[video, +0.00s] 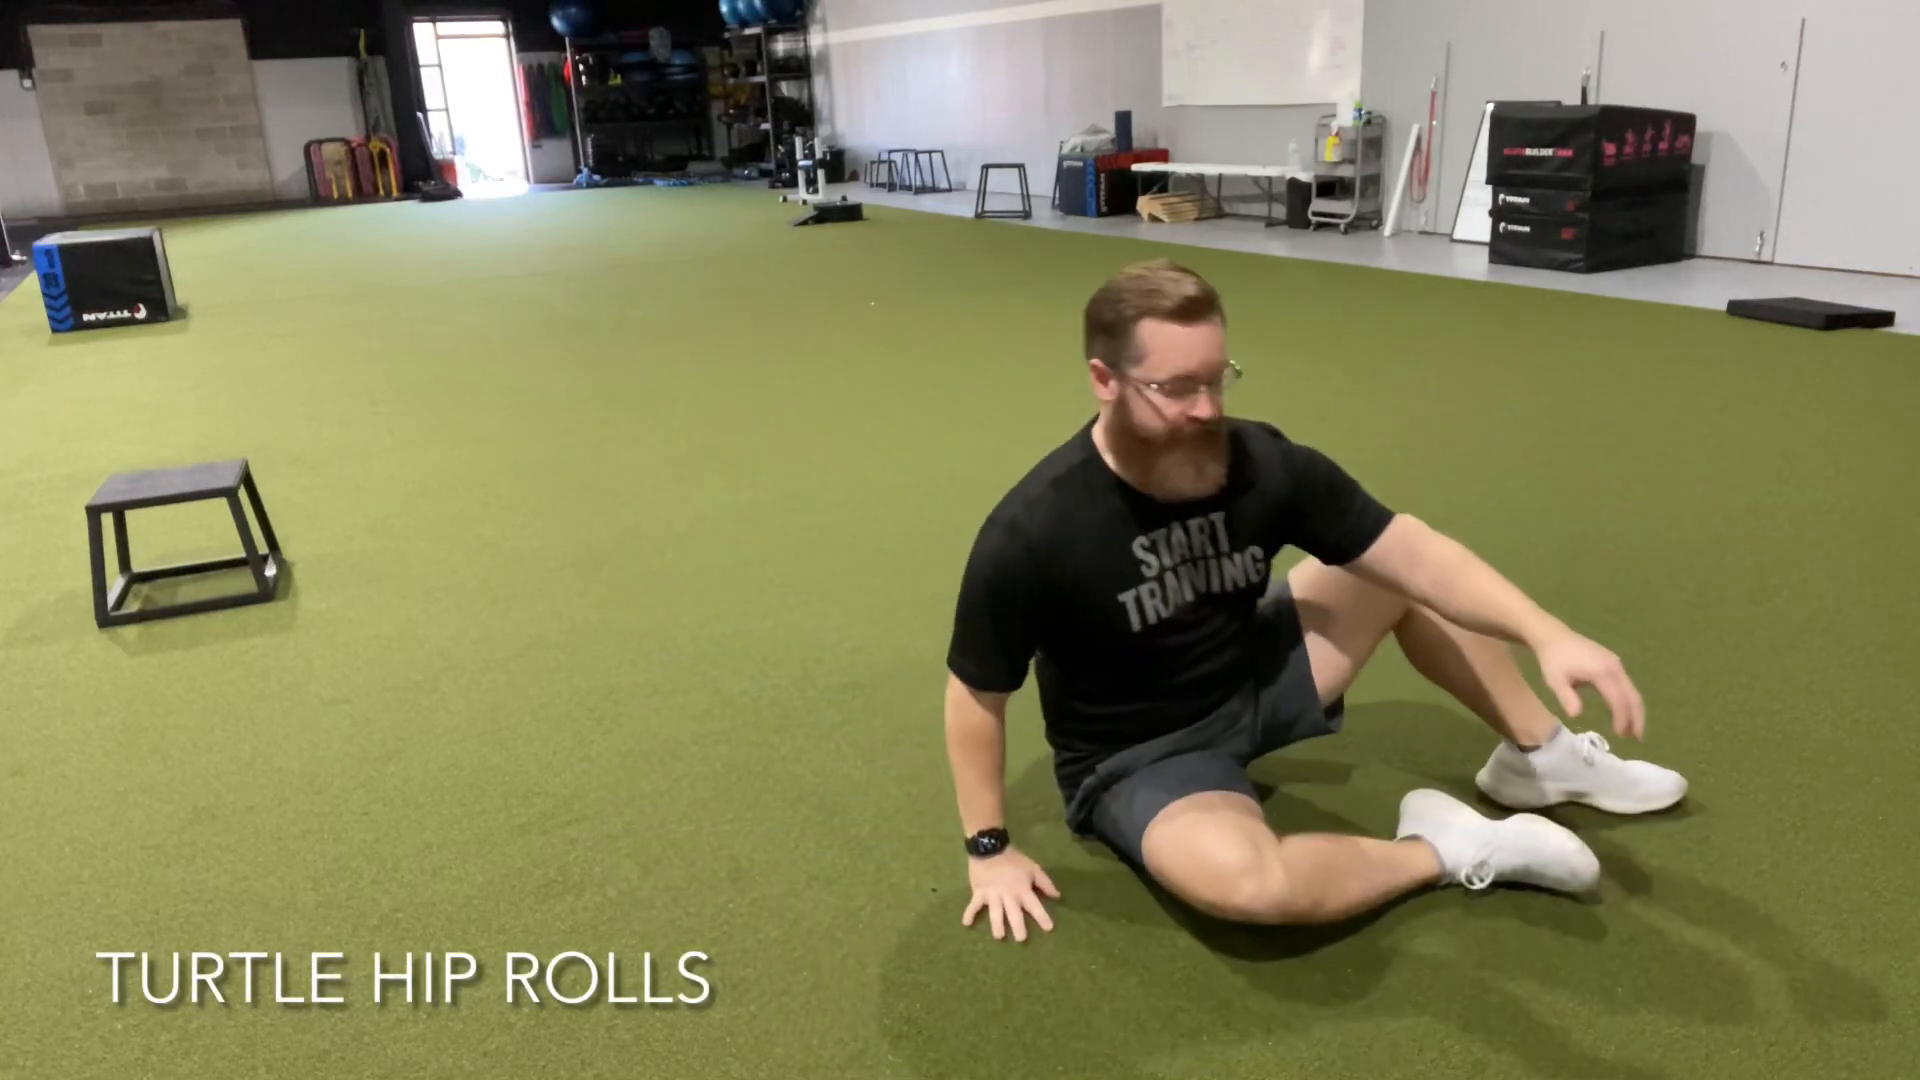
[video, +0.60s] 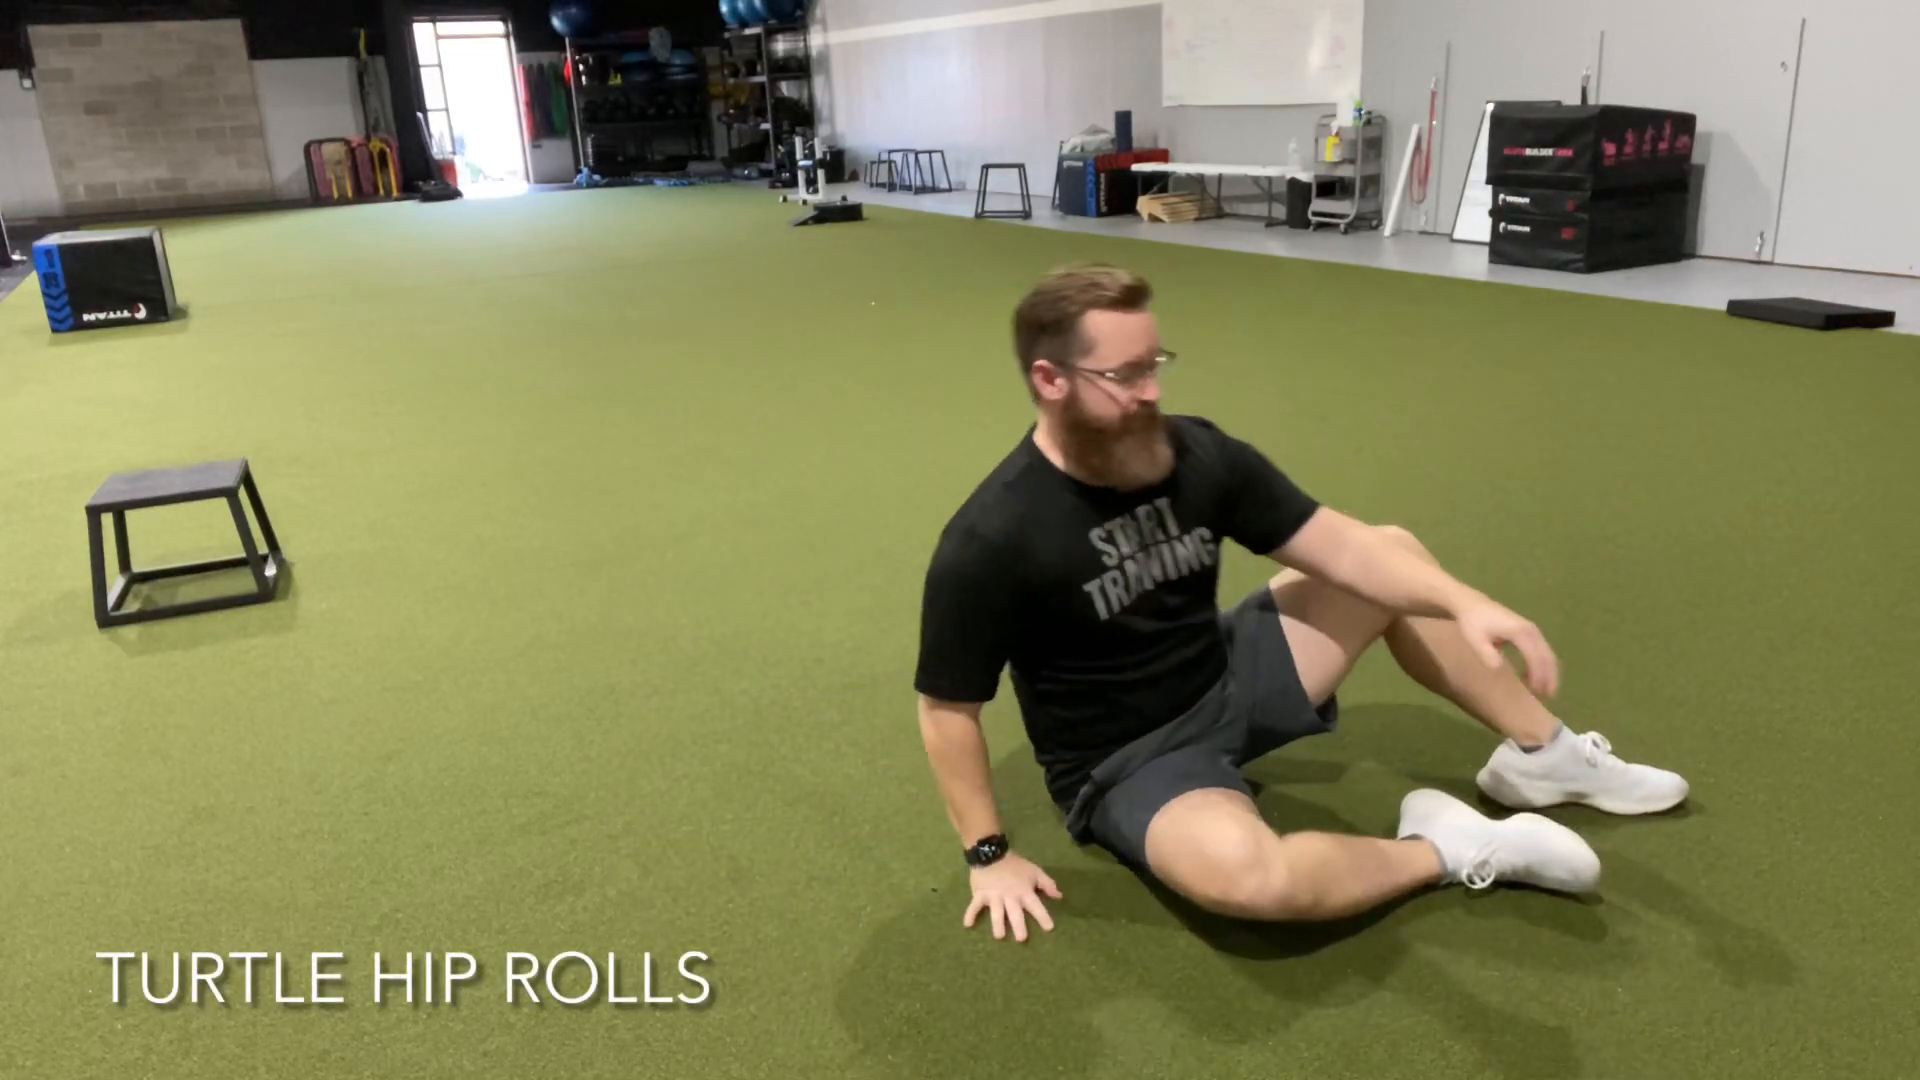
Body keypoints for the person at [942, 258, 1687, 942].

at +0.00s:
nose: (1207, 409)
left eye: (1217, 381)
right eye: (1178, 389)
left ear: (1227, 366)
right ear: (1104, 383)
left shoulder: (1261, 463)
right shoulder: (1034, 532)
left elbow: (1407, 549)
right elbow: (975, 692)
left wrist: (1548, 632)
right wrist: (987, 848)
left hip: (1254, 669)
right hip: (1142, 748)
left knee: (1394, 566)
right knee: (1243, 884)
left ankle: (1537, 751)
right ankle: (1445, 846)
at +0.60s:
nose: (1151, 394)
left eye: (1154, 368)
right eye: (1125, 376)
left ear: (1158, 356)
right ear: (1047, 382)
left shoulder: (1196, 457)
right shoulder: (990, 541)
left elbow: (1342, 547)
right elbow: (947, 707)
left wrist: (1467, 603)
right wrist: (988, 855)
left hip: (1228, 670)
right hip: (1131, 756)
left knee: (1385, 556)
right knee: (1243, 879)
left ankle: (1545, 751)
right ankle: (1444, 844)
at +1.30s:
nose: (809, 511)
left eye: (801, 497)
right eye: (781, 514)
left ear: (814, 504)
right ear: (743, 560)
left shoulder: (898, 558)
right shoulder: (783, 648)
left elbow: (1021, 558)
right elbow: (853, 763)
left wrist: (1051, 496)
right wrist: (961, 717)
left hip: (1089, 668)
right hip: (1032, 746)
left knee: (1204, 479)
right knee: (1126, 565)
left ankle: (1392, 639)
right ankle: (1348, 697)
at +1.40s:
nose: (767, 536)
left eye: (760, 525)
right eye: (740, 544)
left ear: (787, 537)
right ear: (719, 599)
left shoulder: (880, 573)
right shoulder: (765, 668)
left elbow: (1002, 574)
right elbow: (840, 763)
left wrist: (992, 491)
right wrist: (923, 659)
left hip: (1091, 686)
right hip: (1029, 746)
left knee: (1146, 450)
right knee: (1045, 508)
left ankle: (1333, 573)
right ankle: (1289, 621)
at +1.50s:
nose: (752, 564)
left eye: (743, 557)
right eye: (723, 574)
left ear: (769, 565)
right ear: (707, 627)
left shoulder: (857, 603)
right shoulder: (755, 678)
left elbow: (986, 589)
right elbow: (829, 746)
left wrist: (940, 498)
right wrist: (872, 600)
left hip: (1078, 683)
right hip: (1012, 726)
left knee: (1099, 428)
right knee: (974, 473)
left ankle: (1274, 514)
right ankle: (1230, 553)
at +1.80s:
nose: (718, 605)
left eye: (709, 602)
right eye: (693, 623)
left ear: (743, 609)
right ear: (698, 675)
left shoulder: (849, 638)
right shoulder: (734, 699)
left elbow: (957, 550)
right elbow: (788, 680)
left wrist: (845, 532)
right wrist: (764, 559)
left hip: (1072, 658)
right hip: (979, 674)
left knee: (1001, 465)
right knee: (844, 464)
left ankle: (1141, 407)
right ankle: (1066, 413)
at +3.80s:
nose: (1251, 312)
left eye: (1249, 293)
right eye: (1243, 293)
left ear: (1170, 302)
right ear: (1195, 297)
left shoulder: (1124, 394)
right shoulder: (1212, 403)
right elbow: (1316, 543)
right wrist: (1390, 528)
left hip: (1153, 739)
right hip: (1168, 686)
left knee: (1354, 682)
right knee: (1427, 591)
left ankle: (1411, 788)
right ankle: (1516, 850)